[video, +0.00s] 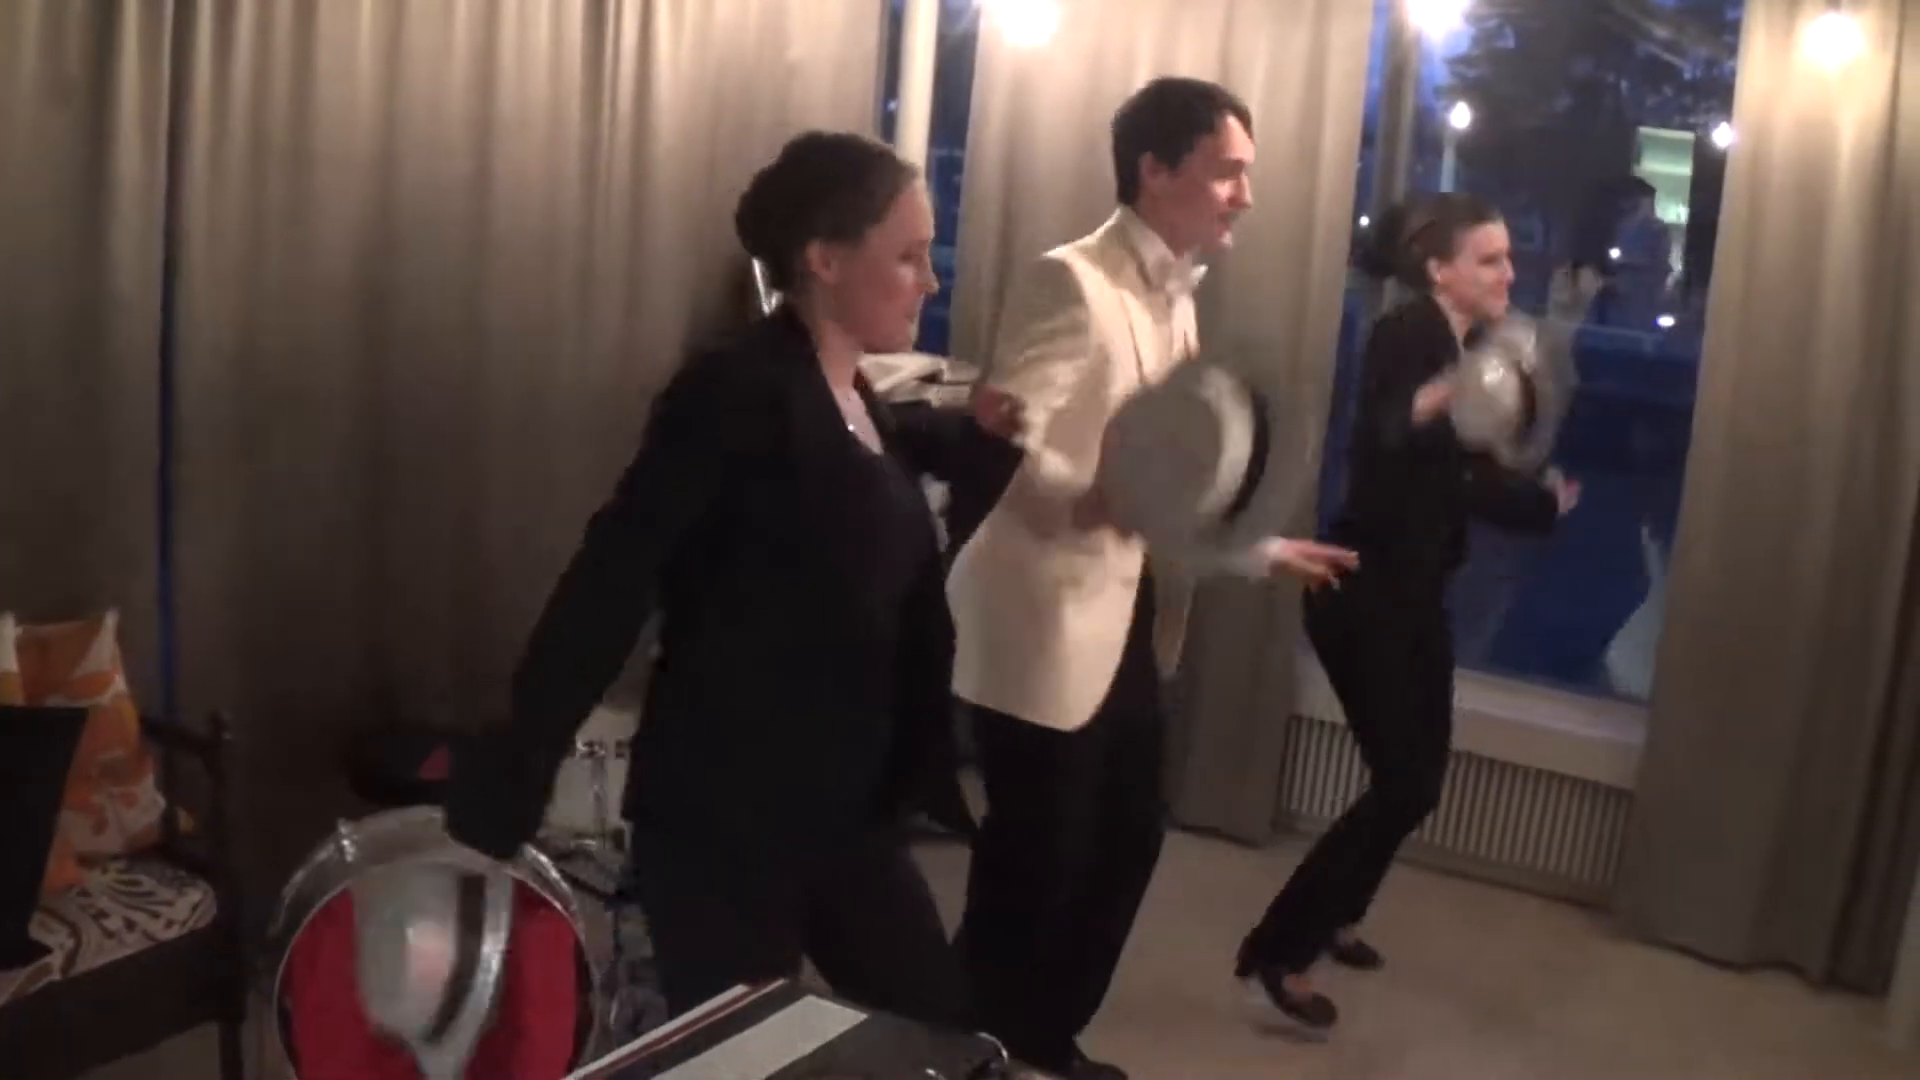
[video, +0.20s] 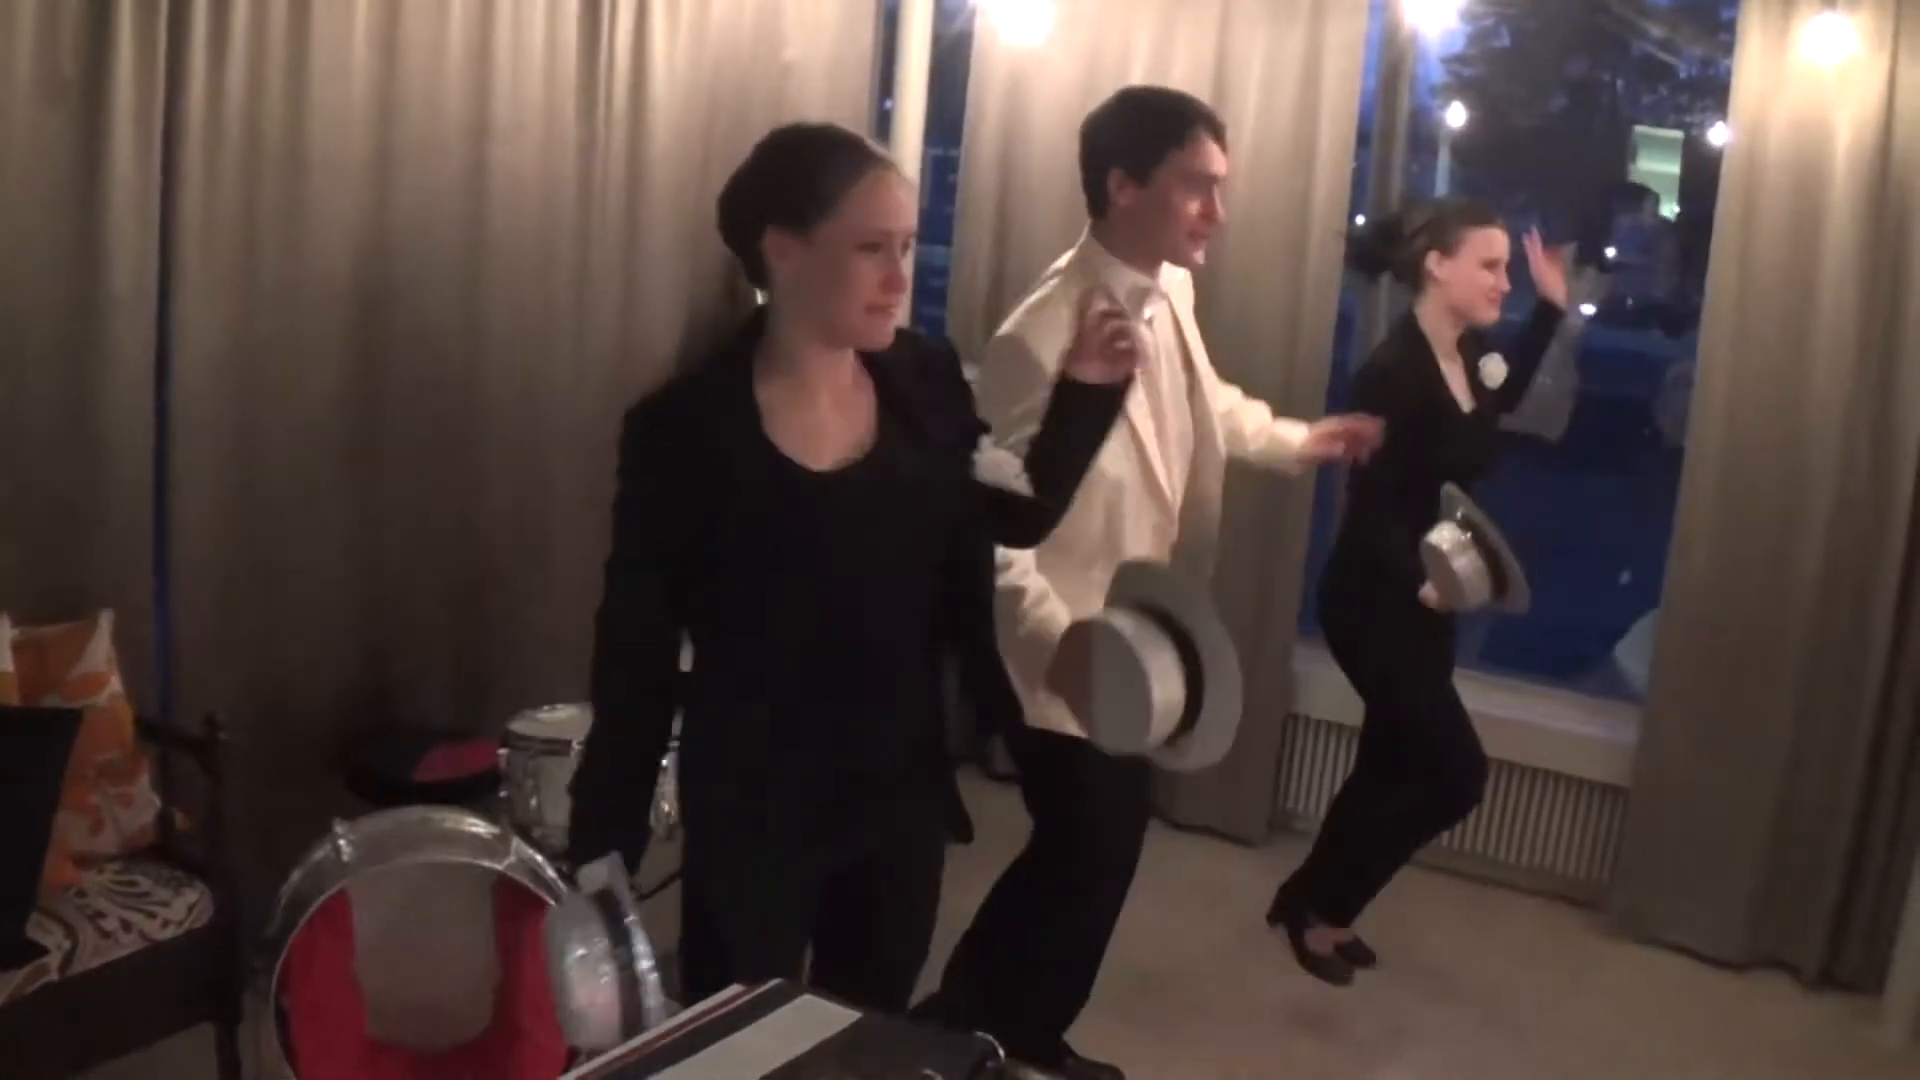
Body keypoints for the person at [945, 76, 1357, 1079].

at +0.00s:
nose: (1243, 196)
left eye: (1246, 174)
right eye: (1226, 173)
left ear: (1186, 178)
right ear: (1151, 172)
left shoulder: (1174, 293)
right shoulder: (1067, 283)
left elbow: (1154, 488)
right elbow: (1000, 453)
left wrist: (1258, 549)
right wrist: (1097, 503)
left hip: (1121, 613)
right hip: (1037, 616)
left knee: (1127, 834)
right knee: (1037, 843)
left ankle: (1047, 1039)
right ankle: (983, 1039)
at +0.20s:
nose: (1219, 209)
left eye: (1222, 187)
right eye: (1199, 187)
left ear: (1149, 193)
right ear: (1121, 189)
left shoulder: (1168, 289)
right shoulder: (1045, 326)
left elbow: (1203, 410)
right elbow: (985, 506)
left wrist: (1303, 442)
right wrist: (1052, 640)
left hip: (1129, 634)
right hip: (1050, 646)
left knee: (1107, 840)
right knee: (1082, 846)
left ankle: (1031, 1031)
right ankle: (973, 1024)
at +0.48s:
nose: (1214, 186)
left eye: (1218, 164)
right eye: (1197, 161)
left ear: (1140, 165)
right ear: (1119, 160)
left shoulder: (1142, 284)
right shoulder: (1032, 308)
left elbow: (1176, 432)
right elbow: (995, 520)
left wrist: (1285, 448)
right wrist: (1092, 661)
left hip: (1126, 666)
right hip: (1041, 675)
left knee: (1133, 851)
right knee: (1028, 870)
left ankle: (1046, 1030)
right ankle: (959, 1039)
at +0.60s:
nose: (1230, 193)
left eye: (1233, 172)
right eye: (1211, 169)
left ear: (1166, 181)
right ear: (1133, 170)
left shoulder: (1141, 300)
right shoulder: (1054, 301)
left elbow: (1121, 494)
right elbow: (1020, 509)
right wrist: (1146, 617)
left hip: (1101, 653)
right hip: (1013, 659)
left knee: (1198, 831)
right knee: (978, 891)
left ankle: (1043, 1033)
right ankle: (923, 1056)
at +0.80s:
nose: (1245, 209)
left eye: (1249, 186)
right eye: (1227, 183)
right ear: (1151, 179)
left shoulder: (1144, 303)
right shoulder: (1099, 308)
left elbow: (1128, 513)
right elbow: (1101, 522)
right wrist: (1274, 542)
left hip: (1100, 681)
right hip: (1011, 688)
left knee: (1168, 908)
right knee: (953, 942)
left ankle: (1064, 1073)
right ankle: (909, 1071)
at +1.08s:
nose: (1272, 206)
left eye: (1275, 184)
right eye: (1254, 180)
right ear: (1172, 178)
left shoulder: (1177, 316)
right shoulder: (1107, 318)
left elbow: (1155, 515)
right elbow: (1080, 527)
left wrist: (1259, 583)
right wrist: (1244, 591)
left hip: (1136, 728)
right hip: (1081, 737)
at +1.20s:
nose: (1283, 219)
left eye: (1286, 195)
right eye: (1265, 193)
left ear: (1202, 201)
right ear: (1182, 192)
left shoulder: (1192, 327)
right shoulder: (1105, 340)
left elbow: (1214, 527)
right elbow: (1049, 568)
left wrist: (1294, 606)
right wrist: (1198, 635)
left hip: (1163, 736)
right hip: (1102, 744)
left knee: (1080, 983)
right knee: (1230, 915)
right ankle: (1112, 1064)